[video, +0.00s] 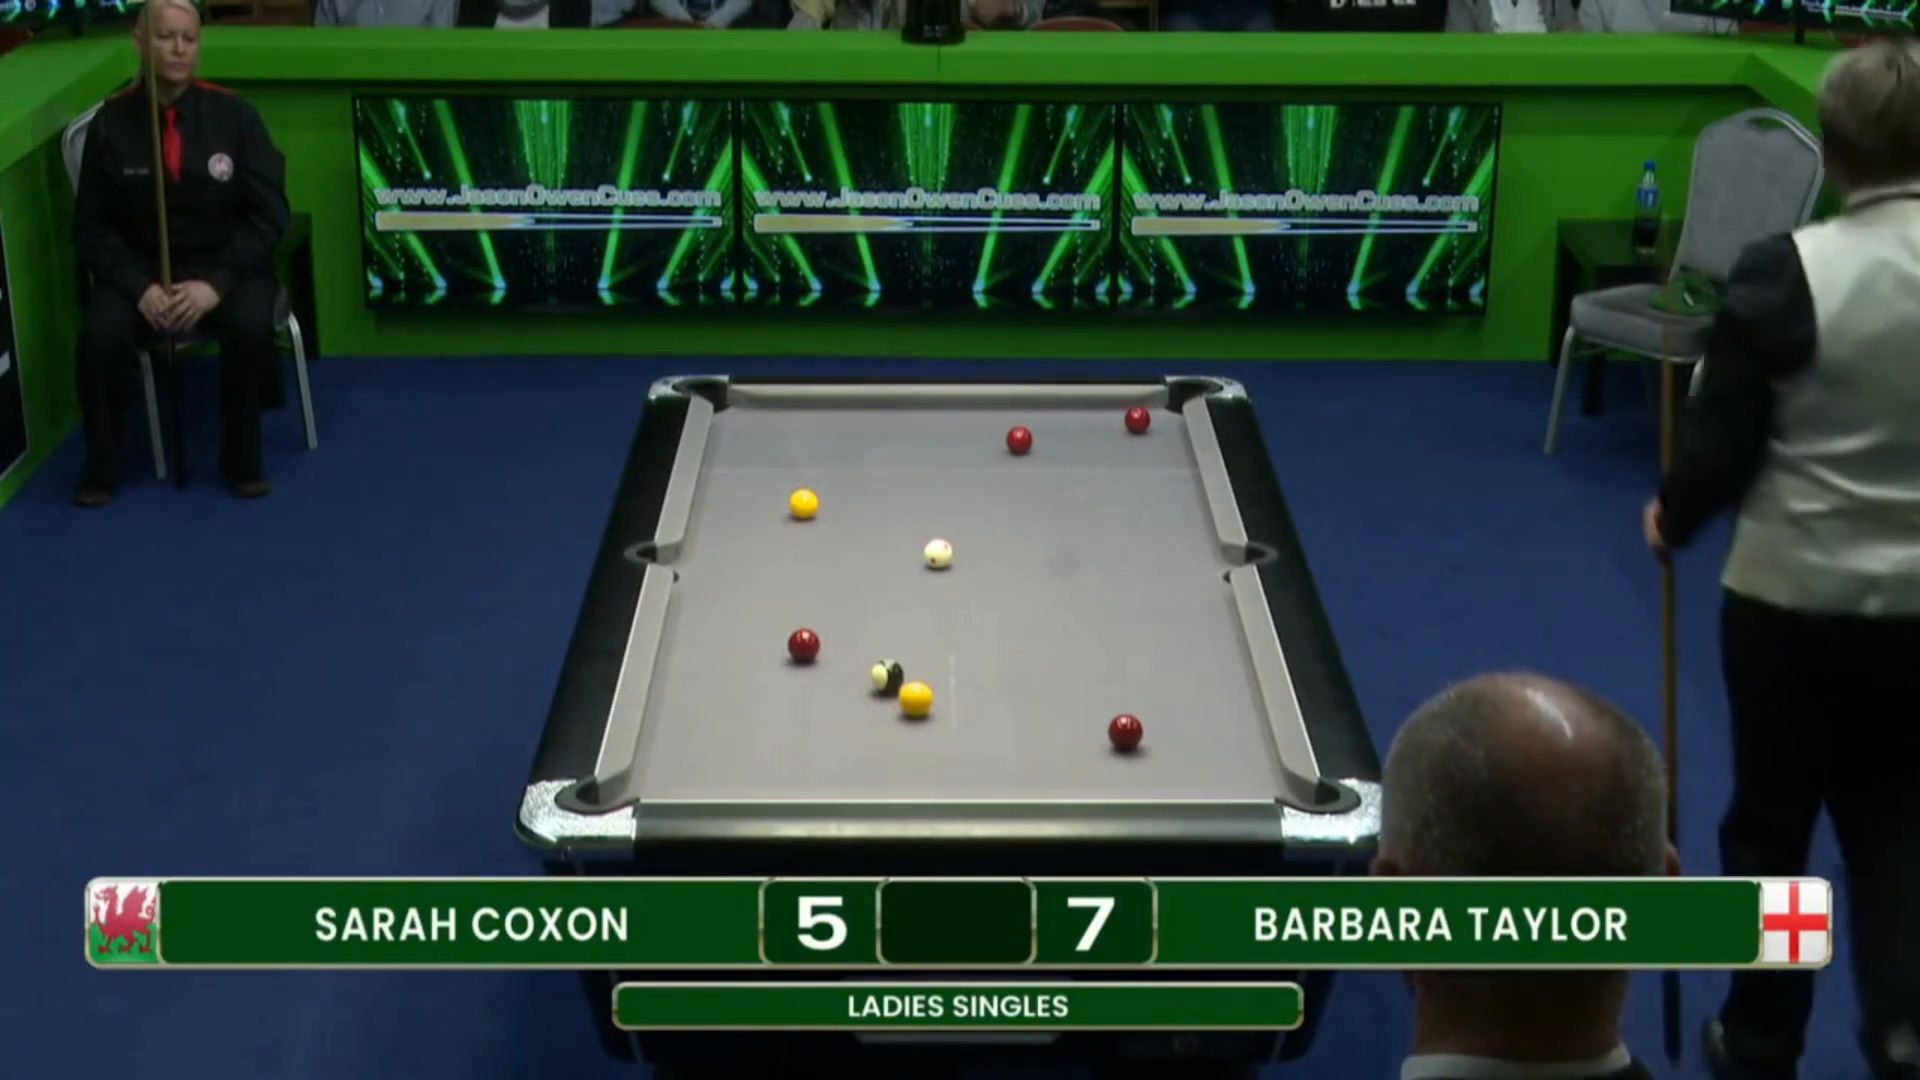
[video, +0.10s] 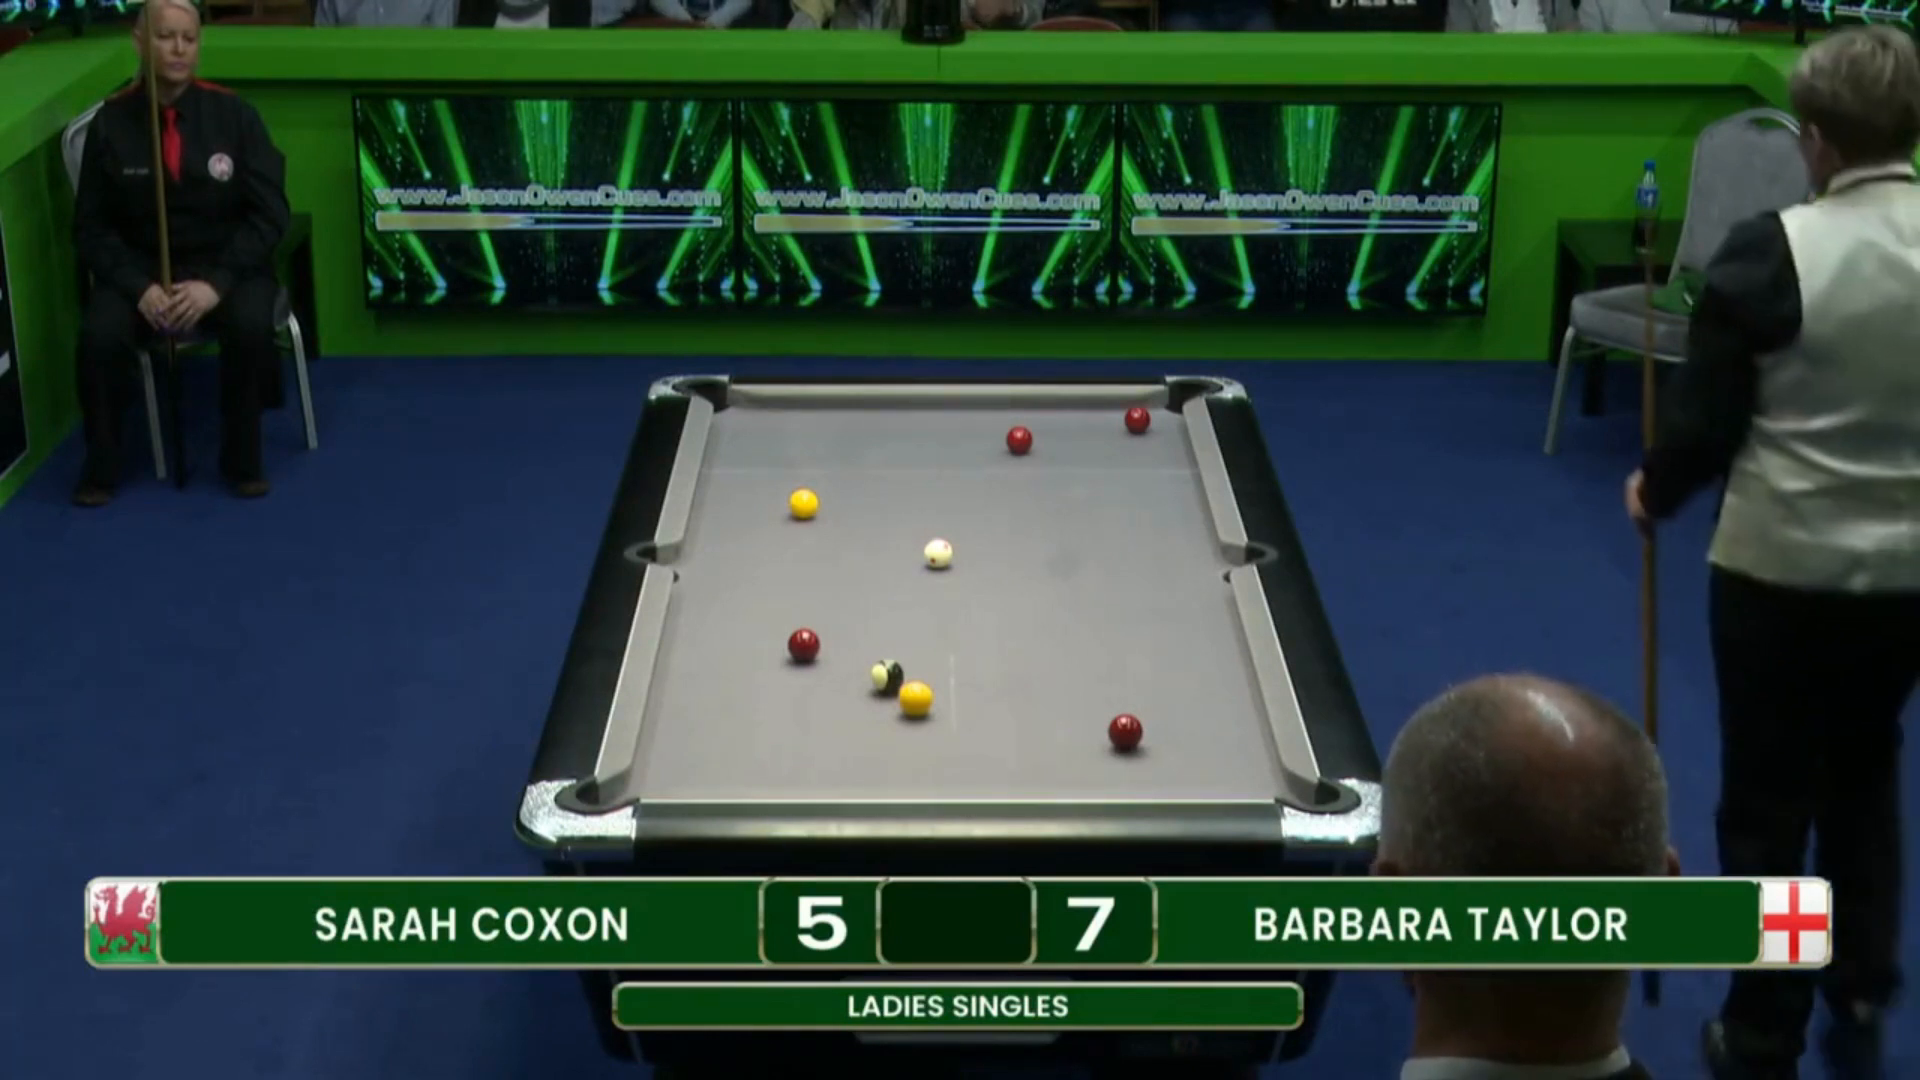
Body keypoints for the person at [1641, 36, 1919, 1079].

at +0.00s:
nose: (1821, 149)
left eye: (1825, 135)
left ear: (1836, 149)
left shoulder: (1792, 269)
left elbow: (1725, 440)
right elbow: (1729, 436)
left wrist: (1674, 513)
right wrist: (1682, 504)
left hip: (1790, 602)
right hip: (1911, 605)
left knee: (1768, 824)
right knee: (1897, 831)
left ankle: (1762, 1037)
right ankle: (1903, 1036)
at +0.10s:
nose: (1799, 145)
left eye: (1803, 130)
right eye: (1803, 129)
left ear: (1821, 138)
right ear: (1910, 131)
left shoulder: (1776, 249)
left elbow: (1714, 419)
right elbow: (1718, 415)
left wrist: (1656, 485)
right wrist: (1669, 478)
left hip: (1780, 575)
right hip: (1903, 574)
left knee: (1764, 795)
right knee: (1869, 773)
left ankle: (1764, 1028)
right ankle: (1866, 990)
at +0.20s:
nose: (1783, 138)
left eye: (1788, 122)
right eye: (1785, 121)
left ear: (1814, 130)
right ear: (1896, 124)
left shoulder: (1771, 239)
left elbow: (1704, 406)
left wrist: (1647, 477)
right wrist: (1665, 466)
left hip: (1777, 564)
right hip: (1902, 564)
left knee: (1764, 779)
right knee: (1853, 755)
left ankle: (1765, 1027)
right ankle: (1831, 958)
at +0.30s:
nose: (1758, 137)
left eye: (1767, 119)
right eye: (1758, 117)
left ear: (1815, 127)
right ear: (1872, 123)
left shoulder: (1767, 236)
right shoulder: (1919, 212)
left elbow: (1700, 401)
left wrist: (1639, 473)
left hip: (1777, 553)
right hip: (1895, 552)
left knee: (1759, 769)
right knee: (1836, 743)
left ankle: (1766, 1027)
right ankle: (1790, 942)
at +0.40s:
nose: (1752, 135)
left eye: (1763, 117)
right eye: (1753, 115)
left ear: (1821, 123)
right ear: (1858, 120)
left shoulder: (1774, 227)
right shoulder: (1915, 204)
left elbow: (1707, 394)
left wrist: (1637, 473)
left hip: (1776, 540)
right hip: (1889, 537)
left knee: (1754, 757)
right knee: (1822, 722)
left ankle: (1766, 1023)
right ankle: (1794, 930)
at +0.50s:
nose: (1749, 124)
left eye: (1762, 105)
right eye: (1750, 104)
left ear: (1826, 106)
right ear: (1849, 104)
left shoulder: (1779, 215)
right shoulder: (1912, 183)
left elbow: (1721, 381)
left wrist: (1640, 467)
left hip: (1774, 518)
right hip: (1884, 513)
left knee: (1720, 711)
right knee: (1809, 694)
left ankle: (1760, 949)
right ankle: (1796, 914)